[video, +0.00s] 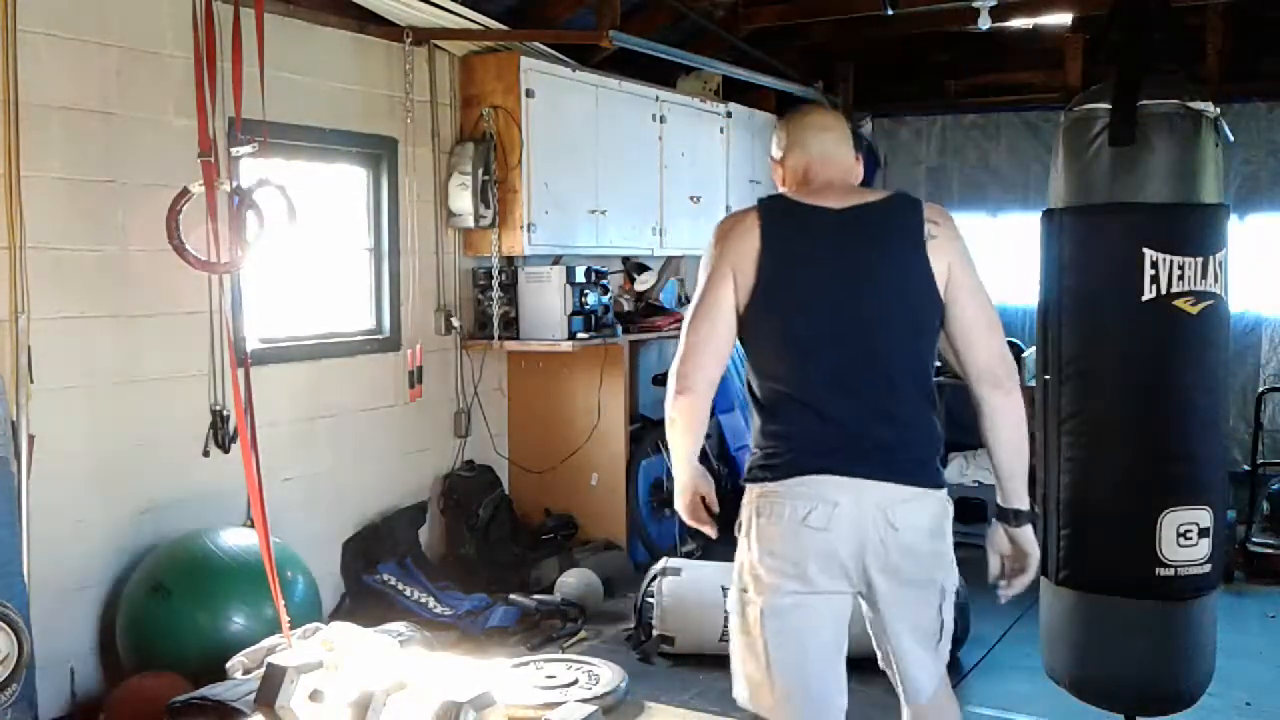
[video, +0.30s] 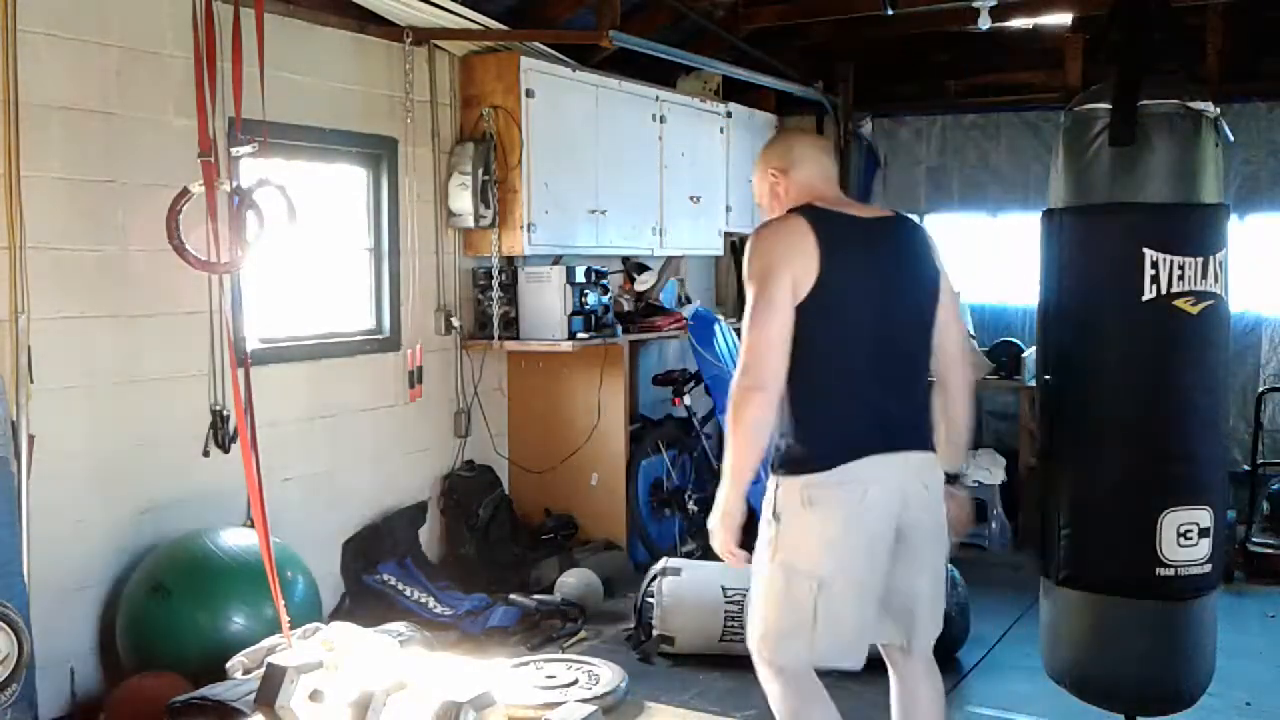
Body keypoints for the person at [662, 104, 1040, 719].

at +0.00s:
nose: (774, 176)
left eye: (772, 168)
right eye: (775, 169)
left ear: (781, 169)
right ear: (862, 162)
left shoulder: (745, 232)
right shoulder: (930, 227)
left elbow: (689, 383)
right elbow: (995, 379)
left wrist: (685, 465)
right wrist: (1015, 510)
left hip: (792, 498)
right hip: (913, 502)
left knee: (796, 706)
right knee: (929, 695)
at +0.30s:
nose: (761, 210)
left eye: (758, 196)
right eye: (758, 198)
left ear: (776, 184)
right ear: (833, 178)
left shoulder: (781, 237)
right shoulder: (912, 236)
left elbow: (759, 383)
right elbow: (955, 367)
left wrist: (731, 496)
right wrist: (950, 475)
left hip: (826, 487)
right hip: (917, 477)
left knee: (780, 655)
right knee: (910, 650)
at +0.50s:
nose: (720, 220)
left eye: (720, 204)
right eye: (714, 208)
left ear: (752, 182)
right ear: (774, 181)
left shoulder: (785, 235)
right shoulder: (848, 227)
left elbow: (789, 377)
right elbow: (857, 363)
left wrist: (760, 504)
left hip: (819, 480)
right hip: (879, 466)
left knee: (734, 637)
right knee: (879, 633)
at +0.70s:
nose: (671, 226)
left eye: (673, 210)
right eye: (666, 214)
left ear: (713, 191)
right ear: (720, 190)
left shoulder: (755, 255)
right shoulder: (787, 234)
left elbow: (768, 399)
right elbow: (781, 371)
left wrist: (738, 536)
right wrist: (727, 442)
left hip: (771, 471)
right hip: (806, 461)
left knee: (709, 636)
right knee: (793, 627)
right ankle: (850, 715)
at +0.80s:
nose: (653, 233)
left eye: (655, 219)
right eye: (646, 222)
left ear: (692, 195)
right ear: (694, 194)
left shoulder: (748, 256)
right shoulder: (747, 244)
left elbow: (759, 397)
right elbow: (725, 371)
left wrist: (708, 516)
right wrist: (693, 441)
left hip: (758, 471)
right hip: (763, 462)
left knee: (714, 645)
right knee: (749, 640)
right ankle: (783, 716)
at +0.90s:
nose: (631, 240)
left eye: (634, 226)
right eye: (625, 229)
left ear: (672, 201)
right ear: (670, 203)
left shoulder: (743, 259)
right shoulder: (690, 262)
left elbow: (754, 397)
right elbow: (690, 368)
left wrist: (686, 500)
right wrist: (653, 443)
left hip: (755, 469)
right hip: (701, 459)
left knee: (716, 643)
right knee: (666, 598)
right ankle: (691, 717)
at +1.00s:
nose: (604, 259)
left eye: (606, 243)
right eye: (598, 246)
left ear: (646, 218)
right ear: (646, 218)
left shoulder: (732, 267)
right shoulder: (649, 274)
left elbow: (750, 403)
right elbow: (646, 369)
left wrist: (681, 497)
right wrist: (618, 459)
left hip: (751, 468)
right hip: (682, 460)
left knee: (710, 640)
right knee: (638, 597)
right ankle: (623, 717)